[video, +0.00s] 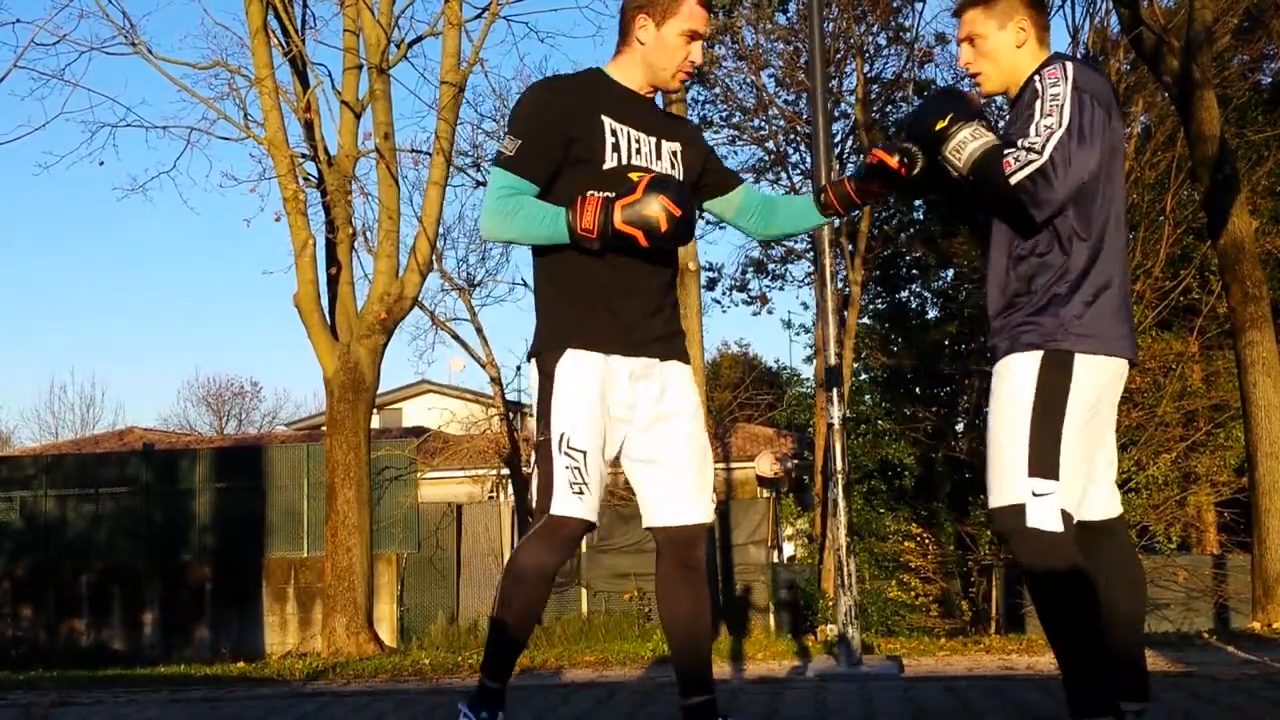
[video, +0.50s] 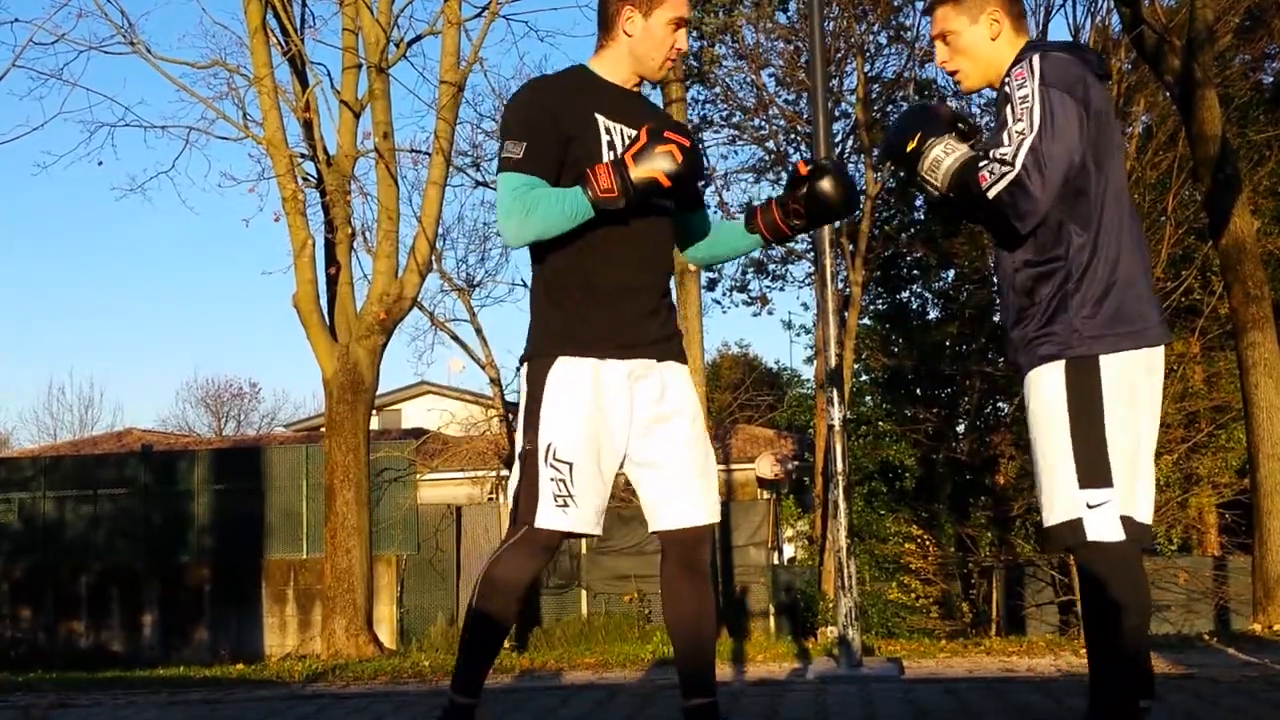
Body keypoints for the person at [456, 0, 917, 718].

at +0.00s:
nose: (700, 54)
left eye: (704, 41)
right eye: (692, 37)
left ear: (666, 38)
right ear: (644, 27)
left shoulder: (681, 136)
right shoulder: (556, 100)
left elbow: (759, 212)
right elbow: (498, 214)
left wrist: (846, 194)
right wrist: (596, 215)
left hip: (663, 353)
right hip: (579, 348)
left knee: (684, 526)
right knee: (565, 519)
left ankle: (698, 708)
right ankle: (486, 699)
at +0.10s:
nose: (714, 57)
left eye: (718, 43)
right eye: (707, 38)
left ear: (682, 38)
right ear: (659, 27)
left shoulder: (695, 139)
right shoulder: (571, 98)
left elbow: (774, 208)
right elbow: (508, 208)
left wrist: (878, 195)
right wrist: (609, 210)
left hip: (671, 358)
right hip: (585, 352)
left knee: (684, 531)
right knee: (578, 521)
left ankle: (699, 709)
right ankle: (525, 703)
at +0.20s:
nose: (722, 53)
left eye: (726, 39)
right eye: (714, 35)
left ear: (679, 33)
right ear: (666, 28)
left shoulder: (702, 136)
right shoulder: (575, 96)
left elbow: (788, 201)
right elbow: (517, 208)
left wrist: (895, 197)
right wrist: (629, 204)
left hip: (672, 353)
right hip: (588, 346)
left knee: (687, 528)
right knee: (581, 519)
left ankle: (699, 708)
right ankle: (519, 701)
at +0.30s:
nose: (716, 50)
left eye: (719, 36)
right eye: (709, 32)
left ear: (678, 29)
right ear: (659, 22)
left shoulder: (698, 130)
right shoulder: (572, 97)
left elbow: (780, 203)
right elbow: (525, 208)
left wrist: (881, 201)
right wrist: (632, 195)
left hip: (675, 353)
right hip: (589, 347)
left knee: (690, 524)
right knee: (573, 515)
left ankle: (700, 710)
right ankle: (496, 701)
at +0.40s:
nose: (705, 47)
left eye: (707, 31)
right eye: (697, 28)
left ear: (659, 26)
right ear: (647, 20)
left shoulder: (688, 130)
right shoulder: (563, 98)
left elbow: (748, 221)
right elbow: (528, 214)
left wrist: (831, 210)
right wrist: (634, 189)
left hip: (672, 355)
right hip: (585, 351)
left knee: (688, 531)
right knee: (556, 527)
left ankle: (700, 708)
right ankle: (472, 702)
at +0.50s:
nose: (686, 43)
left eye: (688, 27)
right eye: (677, 25)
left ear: (639, 23)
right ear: (628, 18)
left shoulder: (669, 131)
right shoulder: (545, 100)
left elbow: (696, 243)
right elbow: (517, 217)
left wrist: (782, 215)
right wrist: (620, 178)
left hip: (659, 355)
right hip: (572, 352)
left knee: (689, 529)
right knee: (545, 526)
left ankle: (701, 711)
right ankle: (461, 704)